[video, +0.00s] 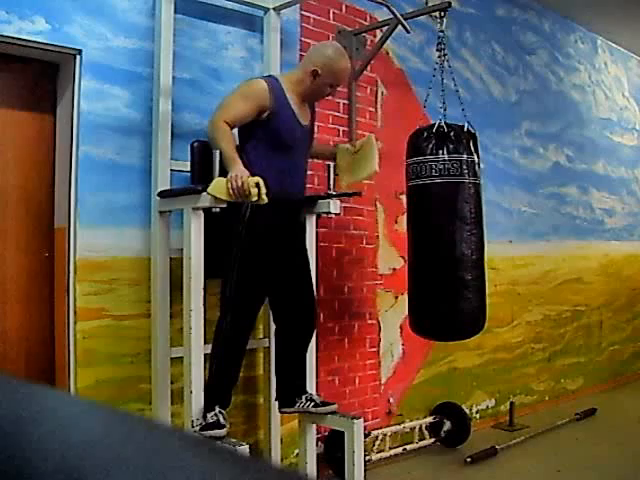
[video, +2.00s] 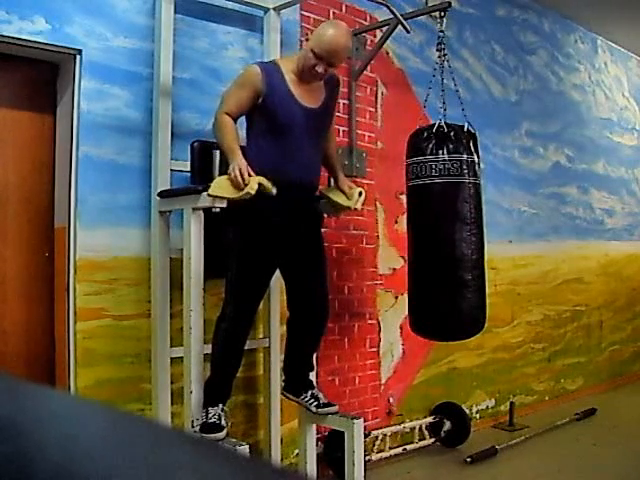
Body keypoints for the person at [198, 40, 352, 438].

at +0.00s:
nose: (329, 96)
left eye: (333, 90)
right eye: (330, 87)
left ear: (318, 77)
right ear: (313, 72)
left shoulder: (304, 106)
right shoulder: (263, 91)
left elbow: (297, 147)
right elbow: (219, 123)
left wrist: (341, 151)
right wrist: (236, 166)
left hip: (287, 222)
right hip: (251, 220)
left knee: (299, 312)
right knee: (238, 316)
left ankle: (292, 396)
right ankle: (214, 410)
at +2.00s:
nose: (321, 70)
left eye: (330, 66)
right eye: (318, 60)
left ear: (340, 63)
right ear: (307, 44)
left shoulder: (329, 88)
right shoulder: (261, 76)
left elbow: (322, 136)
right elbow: (224, 117)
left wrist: (339, 175)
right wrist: (235, 157)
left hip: (303, 211)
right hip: (258, 208)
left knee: (313, 306)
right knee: (239, 308)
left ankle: (298, 382)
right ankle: (213, 405)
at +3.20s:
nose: (328, 69)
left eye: (336, 65)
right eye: (325, 59)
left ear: (343, 63)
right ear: (310, 41)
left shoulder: (329, 88)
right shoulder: (264, 72)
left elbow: (322, 135)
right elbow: (235, 119)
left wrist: (341, 174)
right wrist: (245, 167)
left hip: (303, 211)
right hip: (261, 208)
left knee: (314, 306)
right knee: (240, 310)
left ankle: (298, 381)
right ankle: (213, 404)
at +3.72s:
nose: (335, 57)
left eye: (341, 51)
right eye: (330, 47)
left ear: (345, 48)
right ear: (309, 32)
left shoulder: (332, 75)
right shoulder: (266, 63)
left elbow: (328, 127)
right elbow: (239, 114)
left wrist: (339, 176)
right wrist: (245, 169)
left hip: (306, 204)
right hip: (266, 202)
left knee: (317, 301)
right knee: (244, 307)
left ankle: (303, 380)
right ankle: (215, 404)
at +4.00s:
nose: (337, 46)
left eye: (342, 39)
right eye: (331, 36)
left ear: (346, 36)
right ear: (309, 24)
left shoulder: (335, 69)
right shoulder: (268, 56)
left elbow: (332, 124)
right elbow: (245, 113)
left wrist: (338, 178)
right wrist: (246, 168)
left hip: (312, 194)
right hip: (271, 192)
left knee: (328, 288)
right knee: (260, 294)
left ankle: (304, 373)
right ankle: (226, 391)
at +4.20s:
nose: (332, 41)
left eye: (339, 35)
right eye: (328, 31)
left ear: (343, 33)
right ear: (307, 16)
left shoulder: (334, 69)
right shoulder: (266, 56)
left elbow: (333, 124)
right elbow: (246, 112)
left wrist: (339, 178)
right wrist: (246, 168)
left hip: (315, 191)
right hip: (274, 190)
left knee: (334, 287)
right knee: (268, 291)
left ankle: (300, 370)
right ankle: (245, 385)